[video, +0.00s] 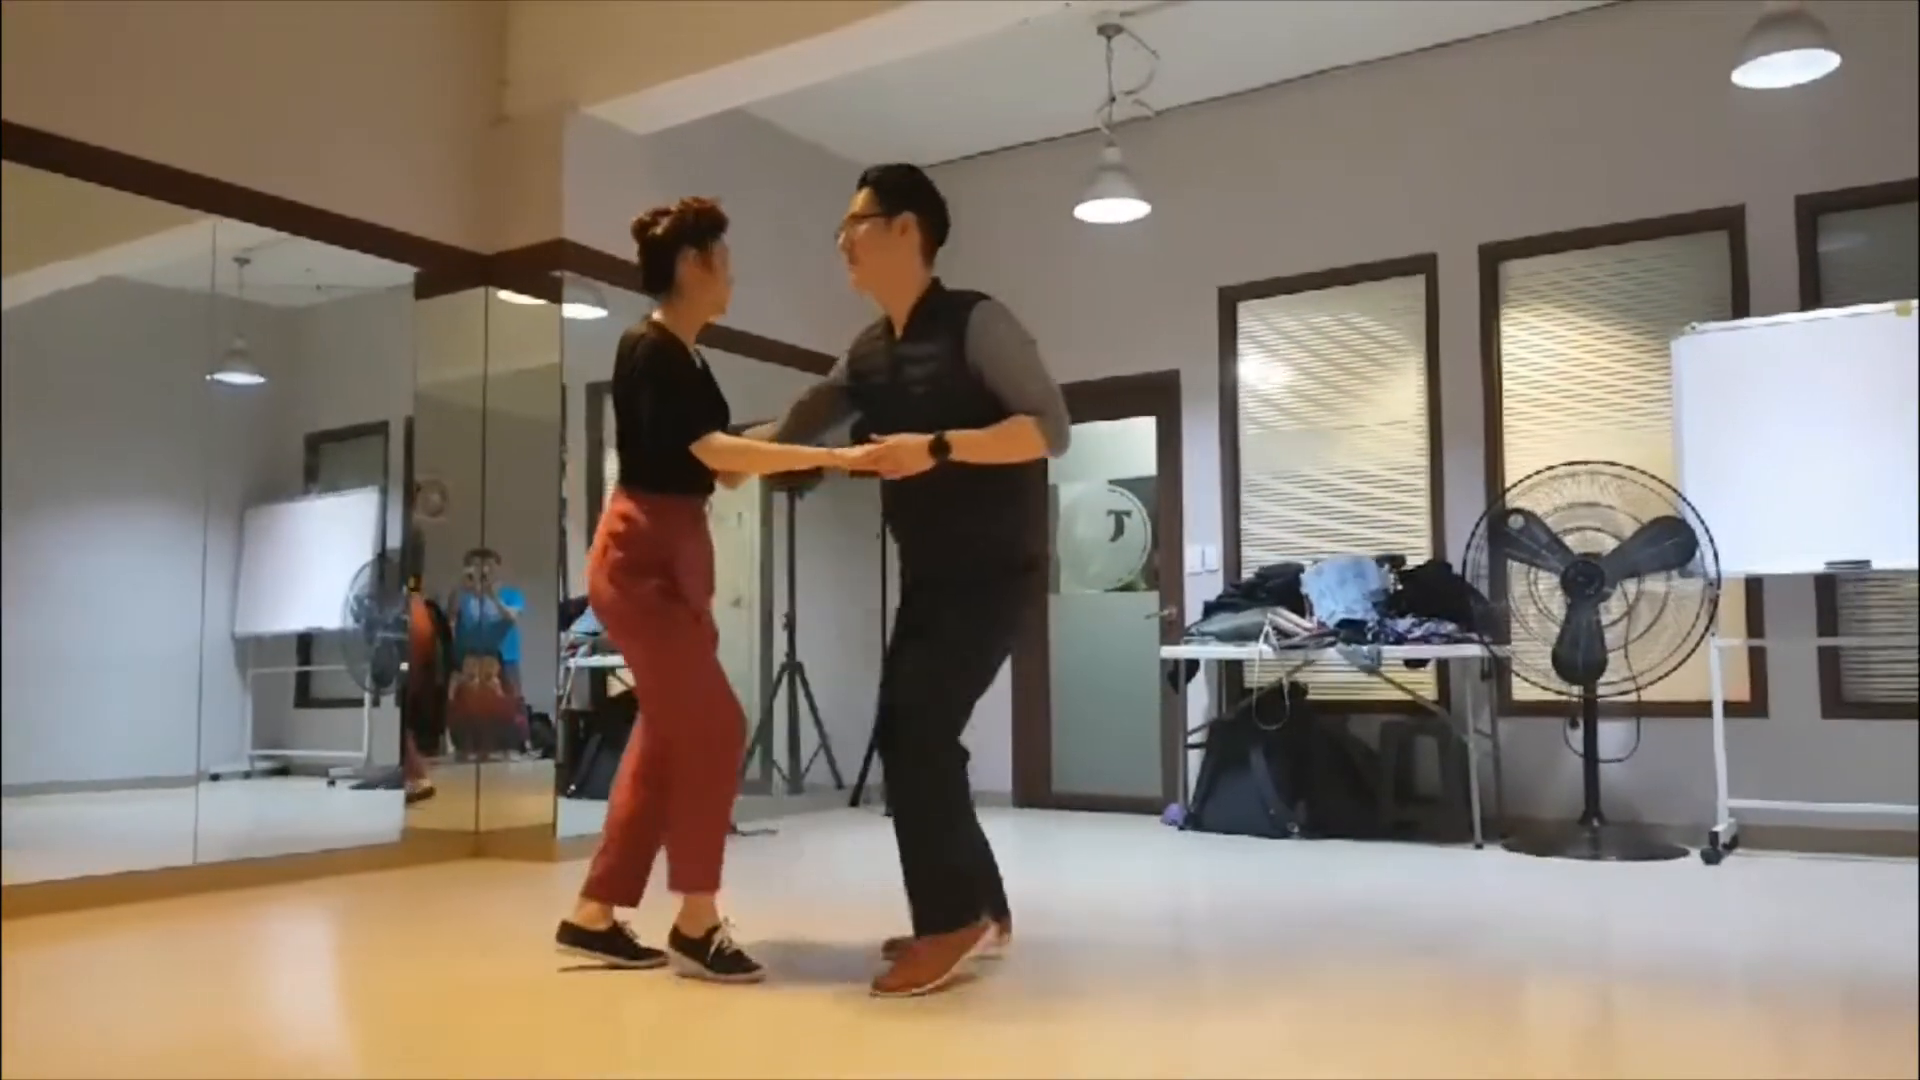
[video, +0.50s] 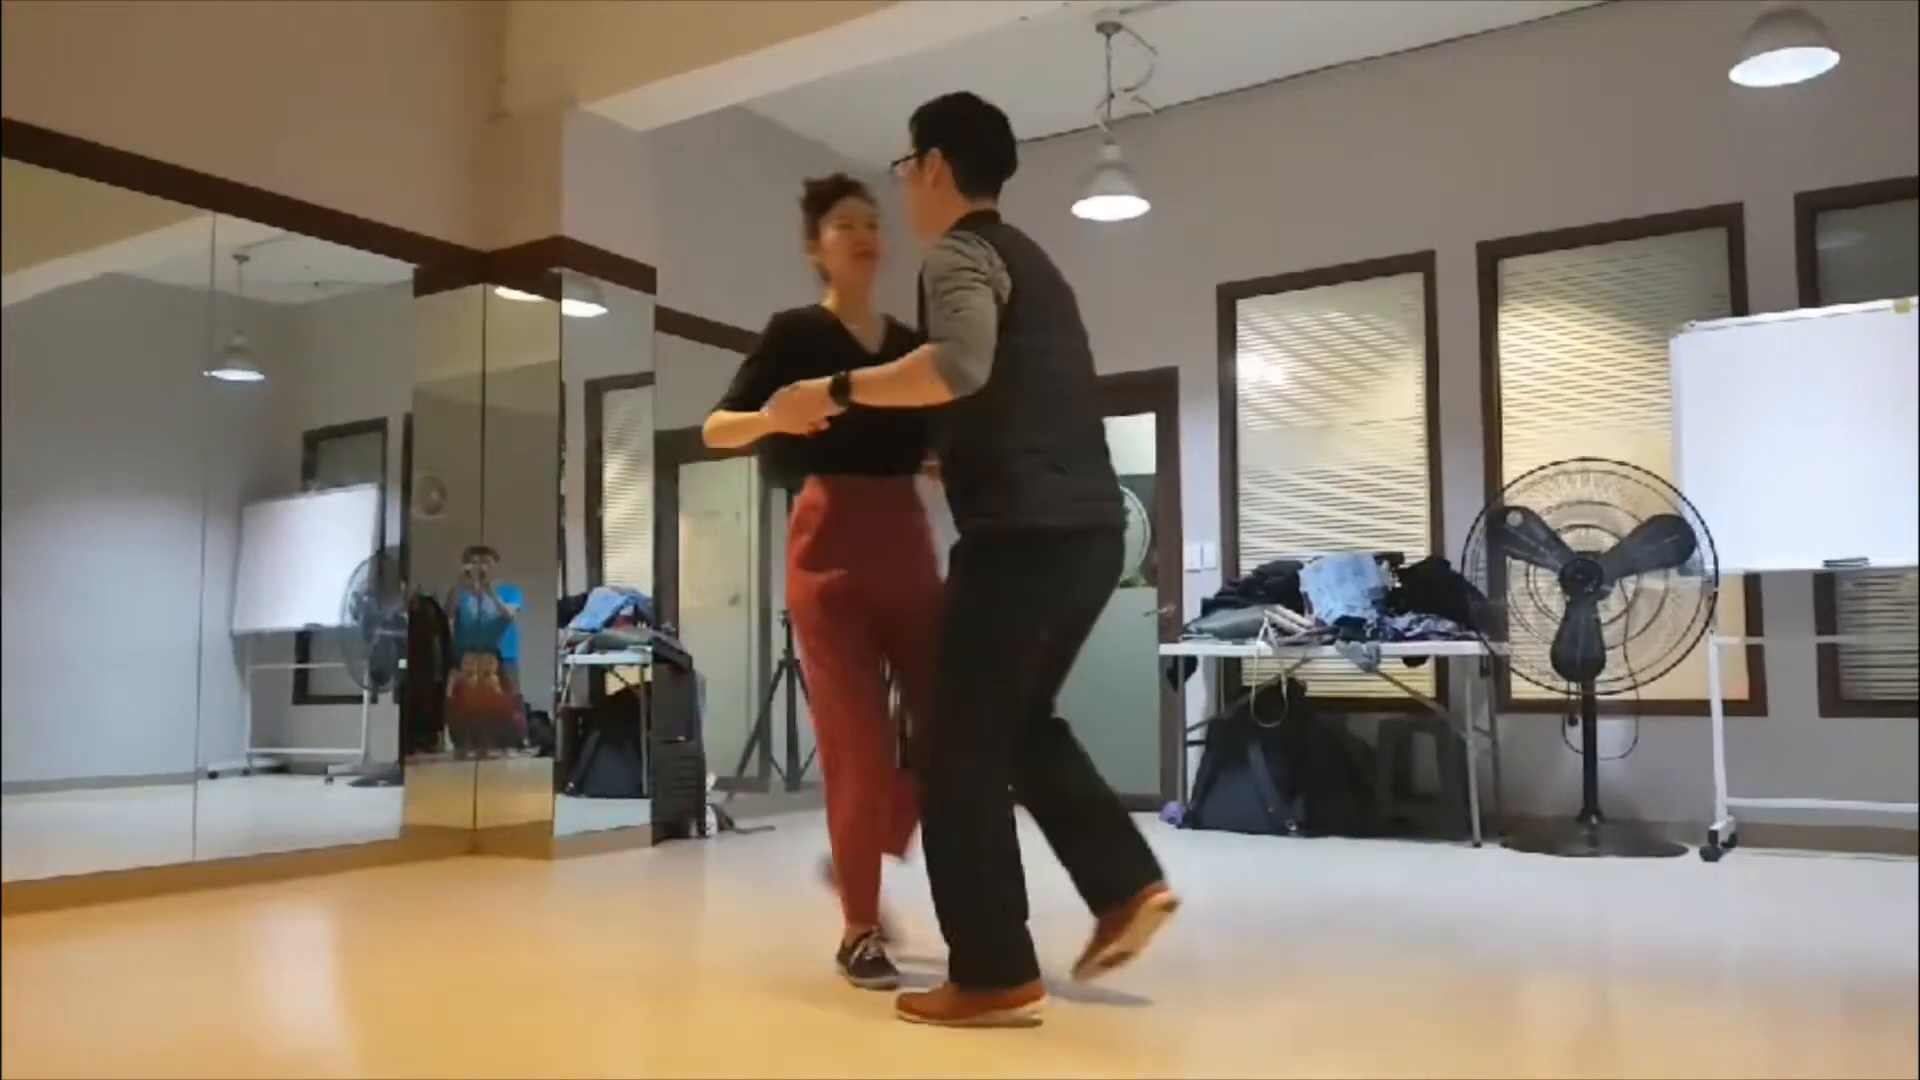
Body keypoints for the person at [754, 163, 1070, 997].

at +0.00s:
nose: (843, 241)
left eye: (858, 225)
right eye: (844, 229)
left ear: (911, 233)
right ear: (881, 241)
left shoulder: (979, 322)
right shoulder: (870, 350)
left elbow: (1049, 430)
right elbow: (791, 430)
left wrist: (938, 447)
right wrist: (721, 452)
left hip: (996, 569)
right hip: (931, 573)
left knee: (915, 730)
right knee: (913, 734)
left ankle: (950, 923)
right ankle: (977, 908)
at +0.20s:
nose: (860, 242)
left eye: (873, 225)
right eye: (863, 227)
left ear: (921, 234)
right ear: (909, 238)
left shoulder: (988, 322)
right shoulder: (905, 358)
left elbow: (1059, 431)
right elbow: (841, 458)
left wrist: (939, 460)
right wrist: (763, 478)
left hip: (1016, 582)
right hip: (970, 585)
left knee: (918, 747)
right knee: (931, 745)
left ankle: (998, 964)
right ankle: (968, 927)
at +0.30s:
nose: (864, 218)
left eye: (874, 200)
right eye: (868, 203)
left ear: (915, 206)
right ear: (920, 210)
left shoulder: (970, 290)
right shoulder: (937, 308)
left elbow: (1033, 400)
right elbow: (952, 420)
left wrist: (908, 432)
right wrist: (881, 453)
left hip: (1021, 565)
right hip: (990, 565)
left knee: (941, 744)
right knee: (942, 738)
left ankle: (1002, 970)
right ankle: (977, 915)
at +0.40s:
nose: (886, 194)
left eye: (891, 177)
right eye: (889, 178)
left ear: (923, 176)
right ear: (969, 182)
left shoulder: (956, 259)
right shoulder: (1007, 266)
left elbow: (980, 363)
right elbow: (1009, 406)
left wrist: (851, 397)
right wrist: (907, 460)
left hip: (1019, 538)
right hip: (1066, 531)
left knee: (956, 740)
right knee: (1001, 719)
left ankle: (995, 970)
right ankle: (1086, 895)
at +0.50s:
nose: (903, 184)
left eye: (908, 167)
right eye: (906, 168)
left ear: (938, 167)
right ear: (991, 173)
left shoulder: (962, 252)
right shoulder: (1031, 260)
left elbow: (961, 366)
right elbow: (1038, 398)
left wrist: (839, 389)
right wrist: (944, 455)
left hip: (1023, 533)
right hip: (1087, 526)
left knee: (961, 743)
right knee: (1017, 720)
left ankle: (993, 974)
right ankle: (1128, 887)